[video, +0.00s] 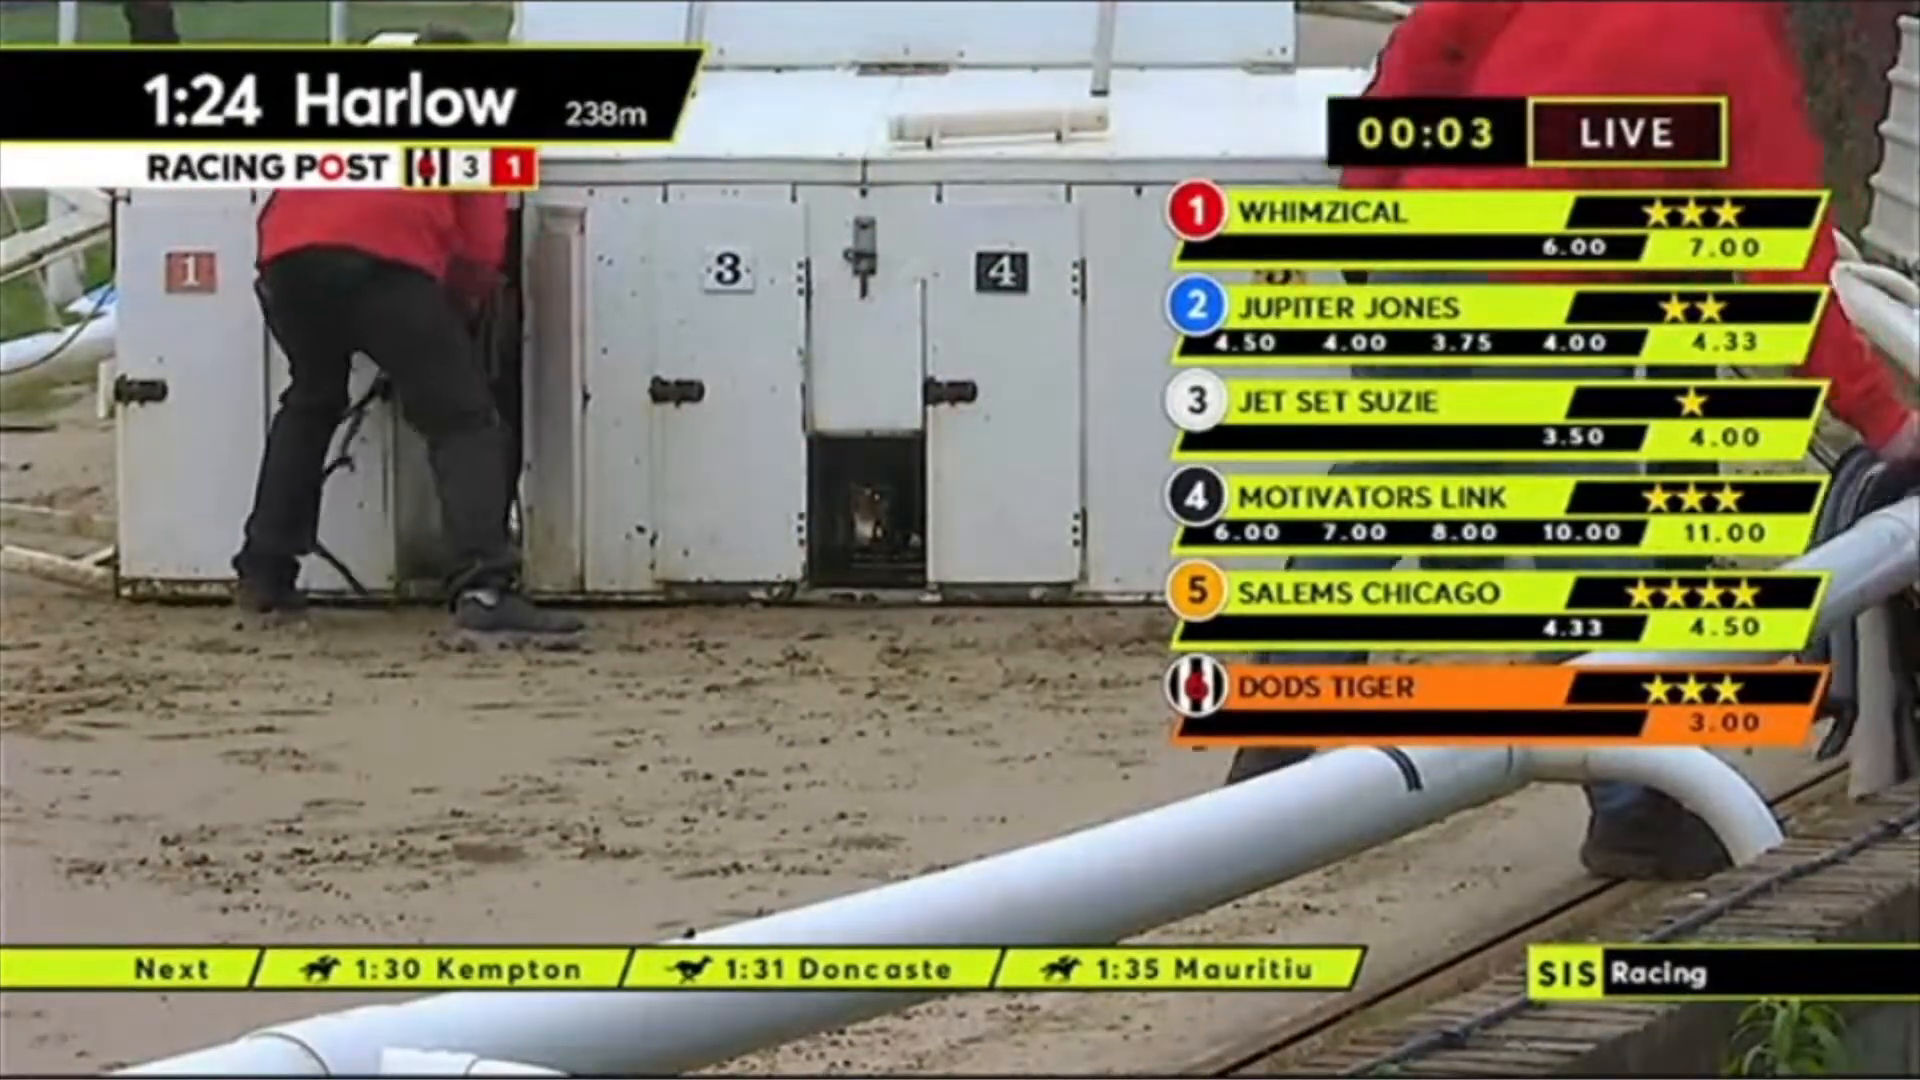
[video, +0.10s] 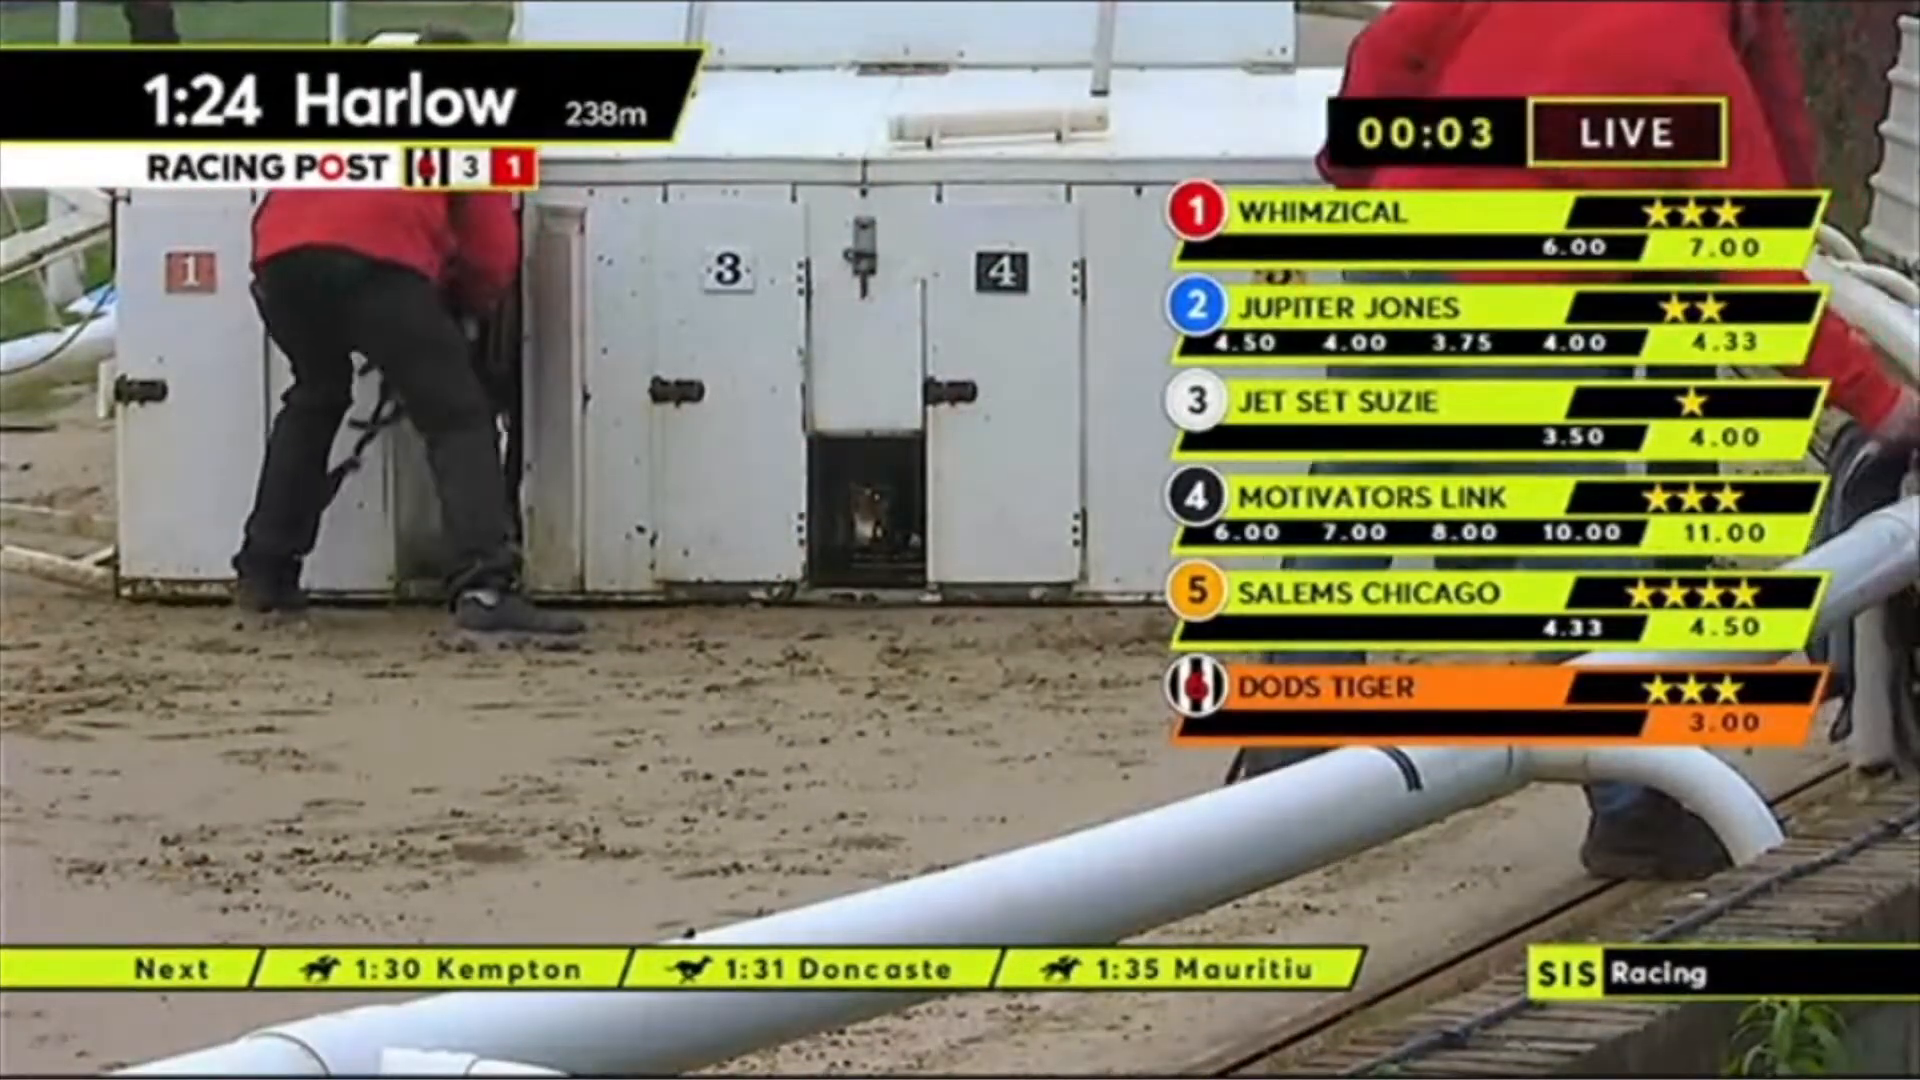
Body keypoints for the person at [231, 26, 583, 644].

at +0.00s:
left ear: (376, 72)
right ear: (463, 86)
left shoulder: (336, 115)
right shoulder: (475, 129)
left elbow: (275, 215)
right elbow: (482, 253)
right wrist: (447, 333)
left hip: (290, 259)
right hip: (388, 264)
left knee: (312, 397)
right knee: (462, 422)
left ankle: (263, 574)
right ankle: (484, 590)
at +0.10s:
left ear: (374, 75)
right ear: (459, 89)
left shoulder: (335, 119)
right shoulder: (471, 130)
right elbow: (493, 254)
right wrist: (464, 310)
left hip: (281, 258)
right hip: (380, 260)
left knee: (317, 391)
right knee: (458, 419)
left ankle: (264, 574)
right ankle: (485, 589)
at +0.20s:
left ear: (412, 62)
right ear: (474, 75)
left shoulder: (350, 110)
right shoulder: (476, 128)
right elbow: (493, 264)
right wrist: (477, 311)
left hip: (280, 258)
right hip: (378, 263)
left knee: (323, 391)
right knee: (453, 420)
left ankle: (263, 575)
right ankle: (487, 589)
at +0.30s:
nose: (490, 101)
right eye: (492, 87)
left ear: (421, 53)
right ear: (479, 71)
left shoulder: (353, 99)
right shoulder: (472, 120)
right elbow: (487, 252)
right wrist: (479, 313)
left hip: (279, 259)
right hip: (375, 262)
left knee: (326, 392)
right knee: (456, 418)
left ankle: (264, 573)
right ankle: (487, 592)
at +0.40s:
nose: (490, 100)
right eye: (492, 87)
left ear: (418, 54)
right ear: (477, 69)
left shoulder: (359, 102)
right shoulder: (470, 113)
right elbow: (478, 208)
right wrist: (515, 312)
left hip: (278, 258)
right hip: (374, 259)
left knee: (323, 391)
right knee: (464, 414)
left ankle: (263, 575)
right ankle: (487, 593)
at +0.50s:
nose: (490, 104)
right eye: (485, 91)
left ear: (411, 61)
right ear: (473, 78)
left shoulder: (353, 117)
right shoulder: (468, 128)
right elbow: (515, 218)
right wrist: (583, 309)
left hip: (277, 266)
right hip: (375, 265)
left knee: (326, 391)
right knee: (471, 418)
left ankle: (264, 572)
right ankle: (487, 594)